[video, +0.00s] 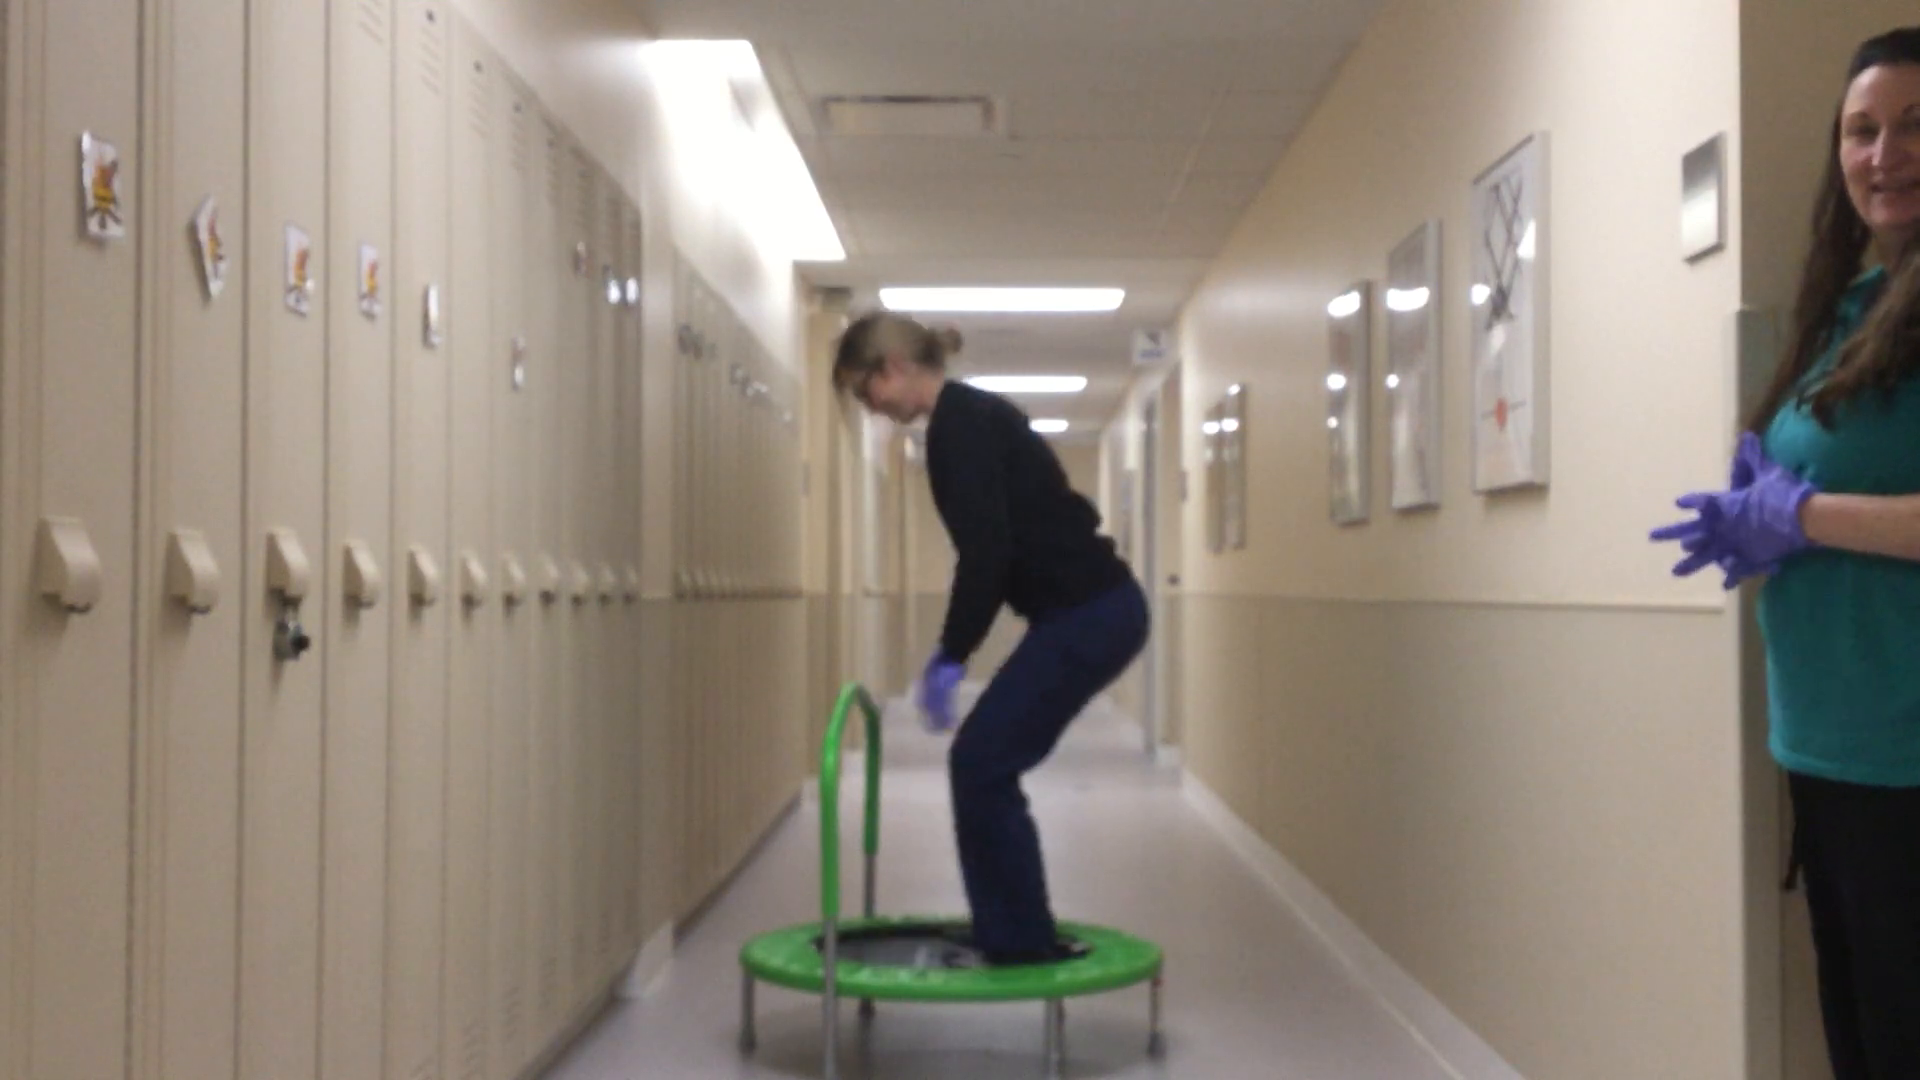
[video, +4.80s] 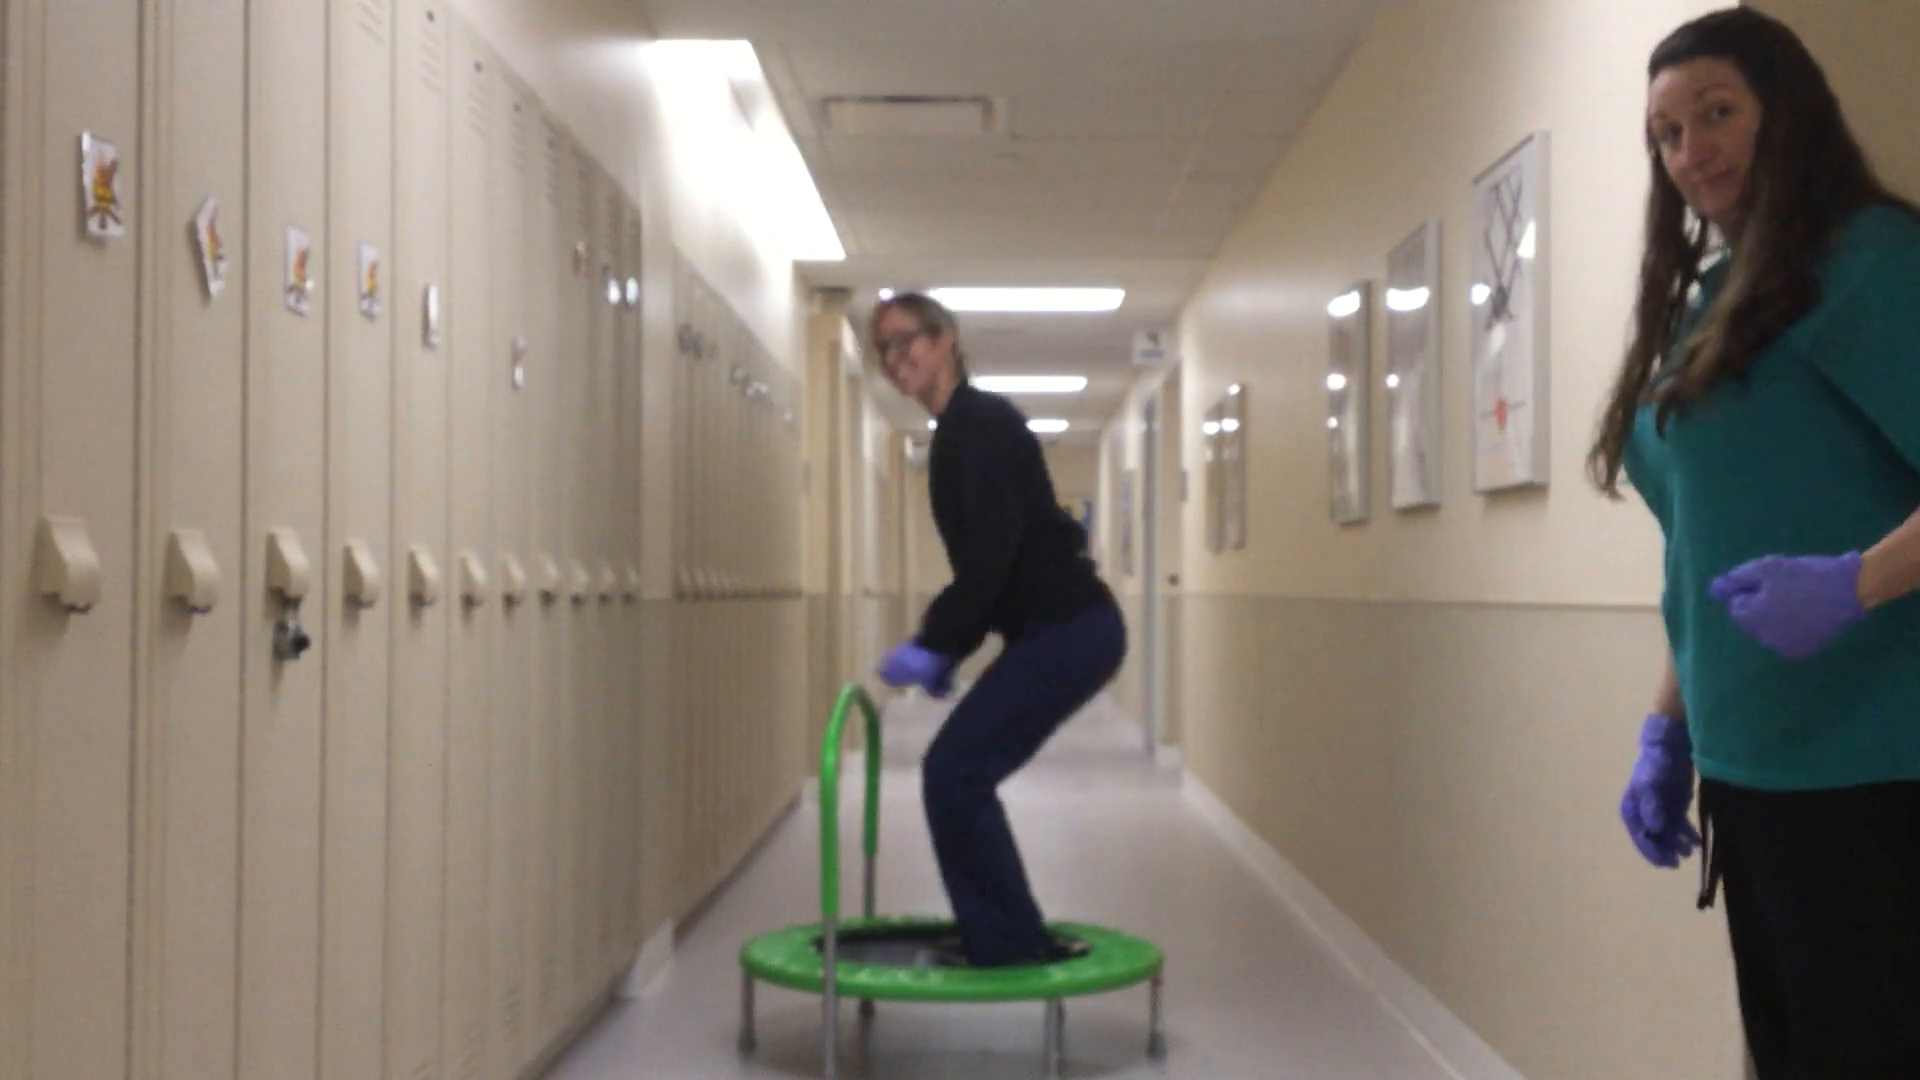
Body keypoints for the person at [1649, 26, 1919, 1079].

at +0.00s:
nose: (1885, 154)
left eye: (1910, 128)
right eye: (1863, 130)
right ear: (1837, 152)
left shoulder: (1918, 296)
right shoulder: (1843, 300)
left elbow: (1915, 519)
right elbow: (1808, 457)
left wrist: (1800, 515)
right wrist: (1759, 487)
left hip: (1899, 745)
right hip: (1823, 738)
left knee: (1896, 1029)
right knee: (1856, 1030)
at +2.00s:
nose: (1824, 172)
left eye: (1846, 141)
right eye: (1816, 148)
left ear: (1914, 143)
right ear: (1821, 159)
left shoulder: (1917, 302)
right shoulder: (1837, 301)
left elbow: (1914, 529)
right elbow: (1795, 460)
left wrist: (1790, 522)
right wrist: (1747, 502)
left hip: (1896, 742)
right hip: (1815, 732)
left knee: (1894, 1032)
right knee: (1850, 1027)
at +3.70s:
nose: (1762, 158)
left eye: (1788, 123)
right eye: (1746, 136)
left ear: (1866, 125)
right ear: (1739, 154)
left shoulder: (1898, 289)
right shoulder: (1765, 300)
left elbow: (1914, 533)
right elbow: (1783, 535)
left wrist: (1773, 598)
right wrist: (1709, 620)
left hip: (1895, 759)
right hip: (1806, 758)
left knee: (1888, 1044)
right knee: (1845, 1043)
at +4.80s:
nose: (1690, 149)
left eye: (1715, 112)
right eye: (1667, 131)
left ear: (1783, 112)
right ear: (1656, 153)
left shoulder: (1869, 258)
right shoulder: (1700, 299)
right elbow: (1706, 539)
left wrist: (1858, 581)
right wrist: (1670, 722)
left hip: (1869, 765)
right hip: (1751, 771)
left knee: (1867, 1050)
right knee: (1786, 1050)